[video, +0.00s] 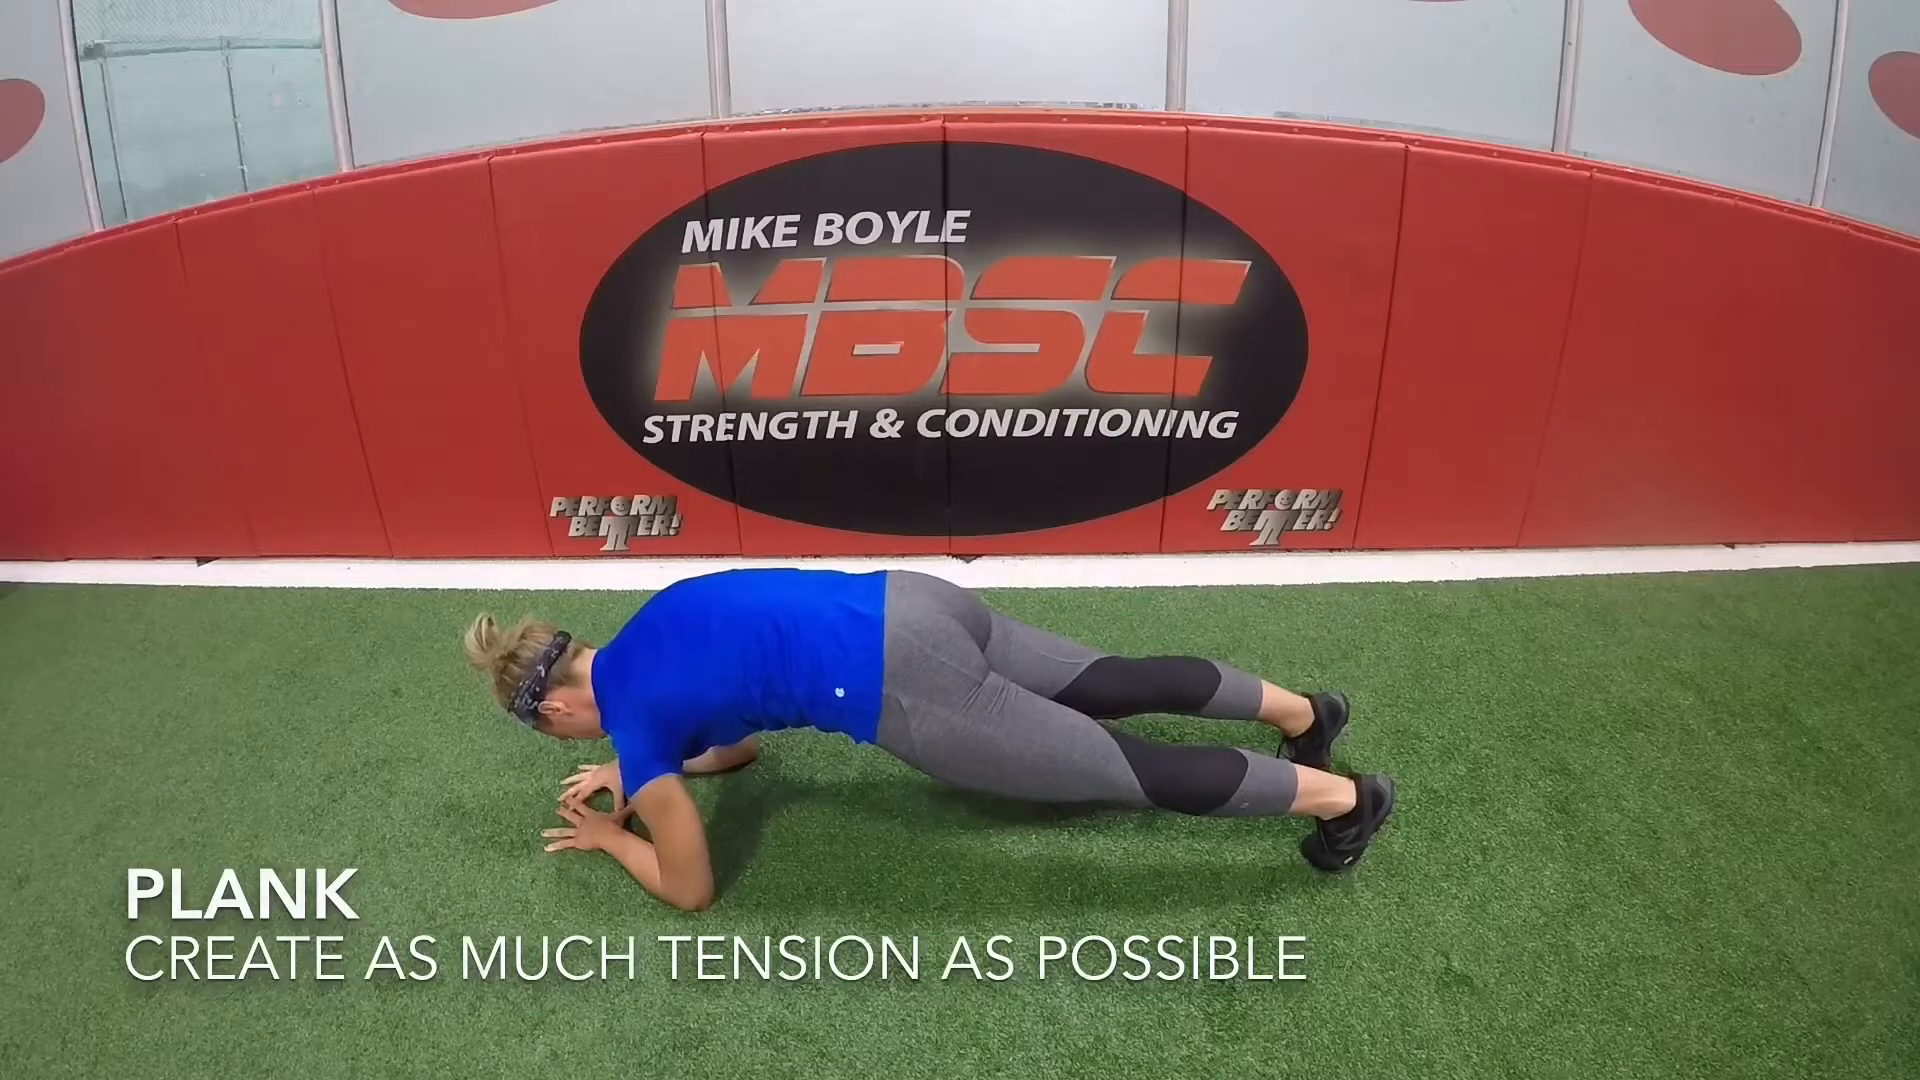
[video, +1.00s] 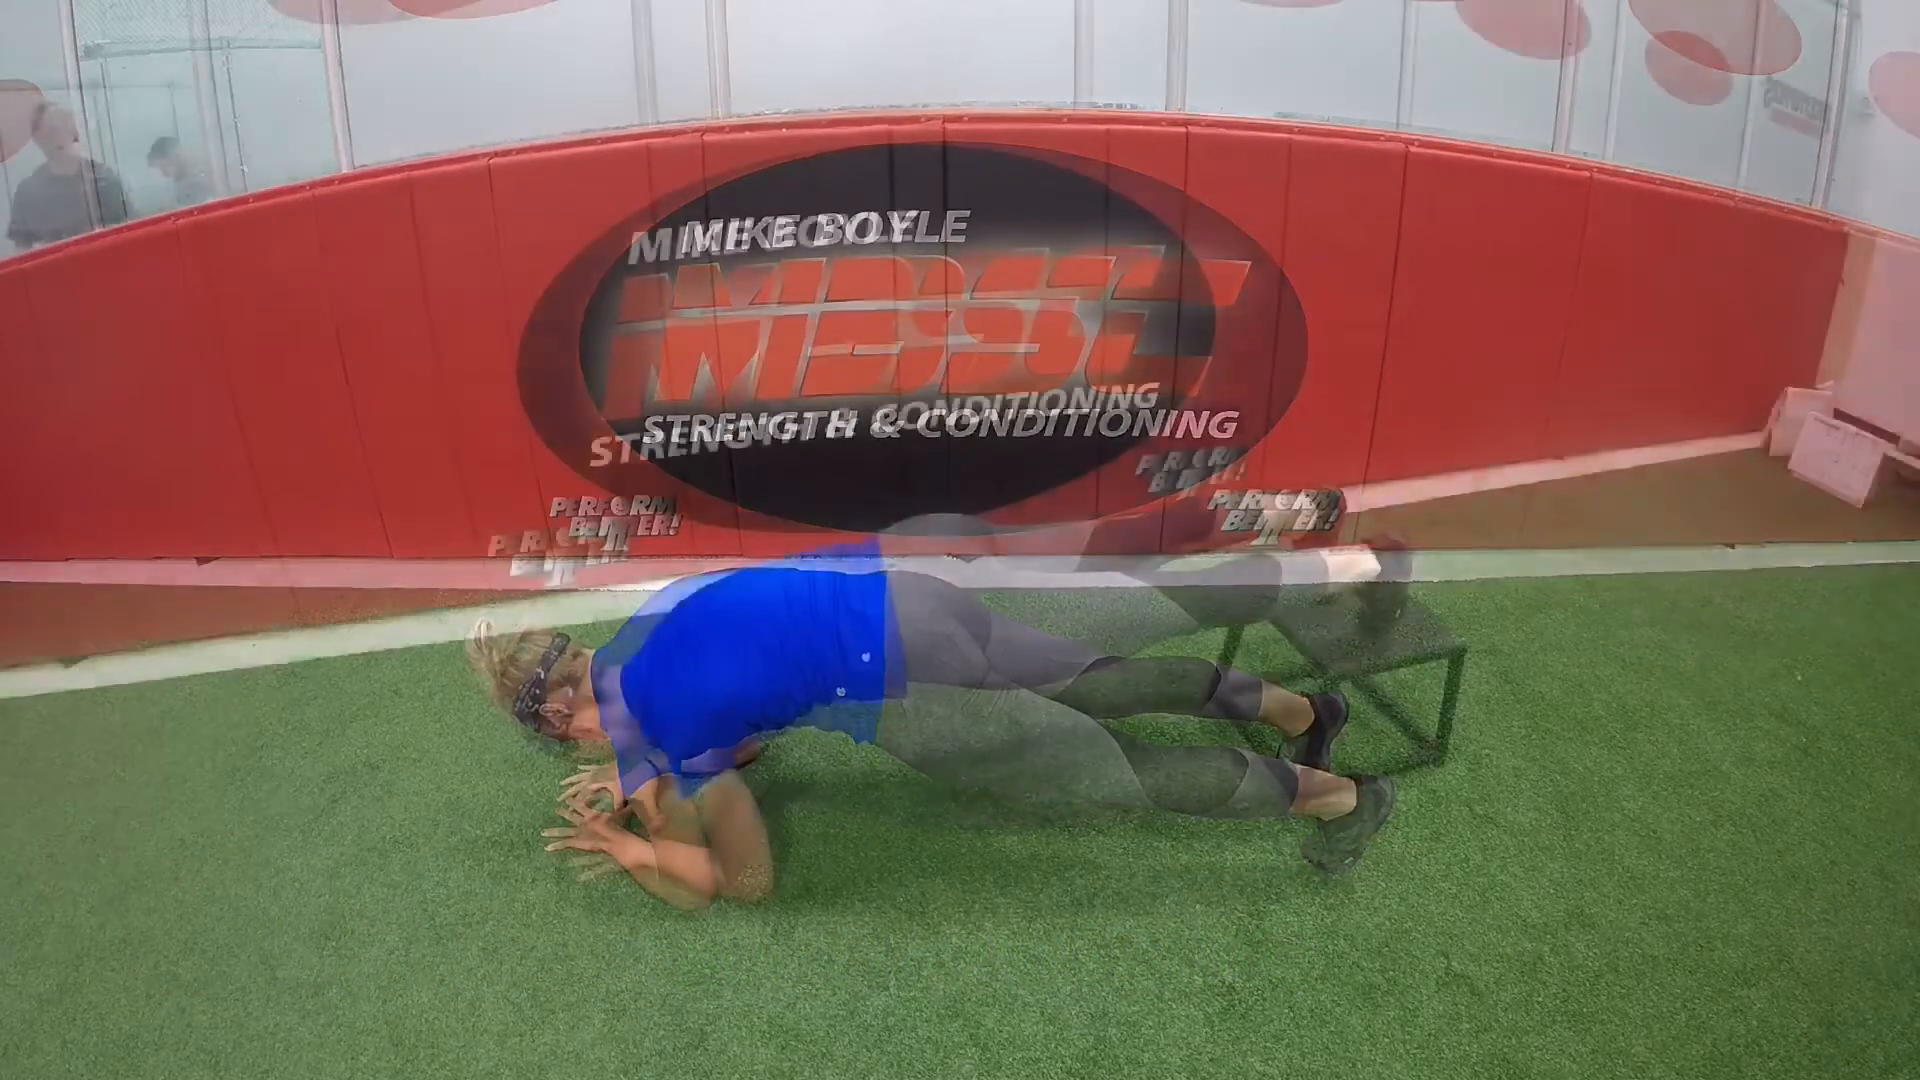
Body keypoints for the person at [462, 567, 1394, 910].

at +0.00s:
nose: (570, 737)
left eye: (555, 730)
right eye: (559, 730)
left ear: (561, 700)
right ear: (575, 649)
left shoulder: (633, 717)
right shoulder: (657, 612)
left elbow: (687, 885)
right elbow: (738, 742)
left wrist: (613, 840)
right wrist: (639, 778)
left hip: (899, 689)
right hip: (915, 594)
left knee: (1133, 771)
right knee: (1111, 680)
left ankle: (1342, 796)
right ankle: (1307, 715)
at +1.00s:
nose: (582, 744)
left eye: (564, 732)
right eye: (569, 734)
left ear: (575, 703)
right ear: (581, 660)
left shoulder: (650, 711)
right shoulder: (653, 627)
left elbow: (739, 878)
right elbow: (739, 759)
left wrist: (629, 852)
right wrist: (649, 782)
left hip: (897, 681)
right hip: (906, 583)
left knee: (1106, 774)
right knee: (1082, 670)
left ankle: (1325, 791)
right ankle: (1283, 706)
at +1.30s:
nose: (595, 755)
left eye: (579, 742)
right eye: (582, 746)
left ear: (593, 708)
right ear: (591, 677)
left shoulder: (681, 721)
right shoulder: (663, 637)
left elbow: (745, 880)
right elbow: (749, 753)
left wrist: (644, 857)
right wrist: (661, 806)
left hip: (931, 626)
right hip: (910, 539)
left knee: (1159, 609)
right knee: (1102, 548)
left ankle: (1336, 570)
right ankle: (1261, 509)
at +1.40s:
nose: (597, 756)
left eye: (581, 745)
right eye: (585, 748)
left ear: (592, 712)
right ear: (592, 675)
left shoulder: (682, 723)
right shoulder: (667, 633)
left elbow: (745, 880)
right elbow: (753, 747)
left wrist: (642, 856)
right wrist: (664, 803)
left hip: (933, 629)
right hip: (913, 536)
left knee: (1167, 608)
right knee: (1109, 544)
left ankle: (1337, 569)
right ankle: (1269, 508)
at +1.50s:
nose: (595, 754)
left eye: (579, 743)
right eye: (583, 745)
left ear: (592, 711)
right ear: (594, 672)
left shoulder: (683, 722)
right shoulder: (667, 633)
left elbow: (745, 881)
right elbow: (749, 747)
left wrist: (639, 855)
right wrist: (659, 802)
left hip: (932, 630)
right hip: (913, 537)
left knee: (1165, 608)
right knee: (1107, 545)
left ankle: (1337, 569)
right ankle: (1265, 508)